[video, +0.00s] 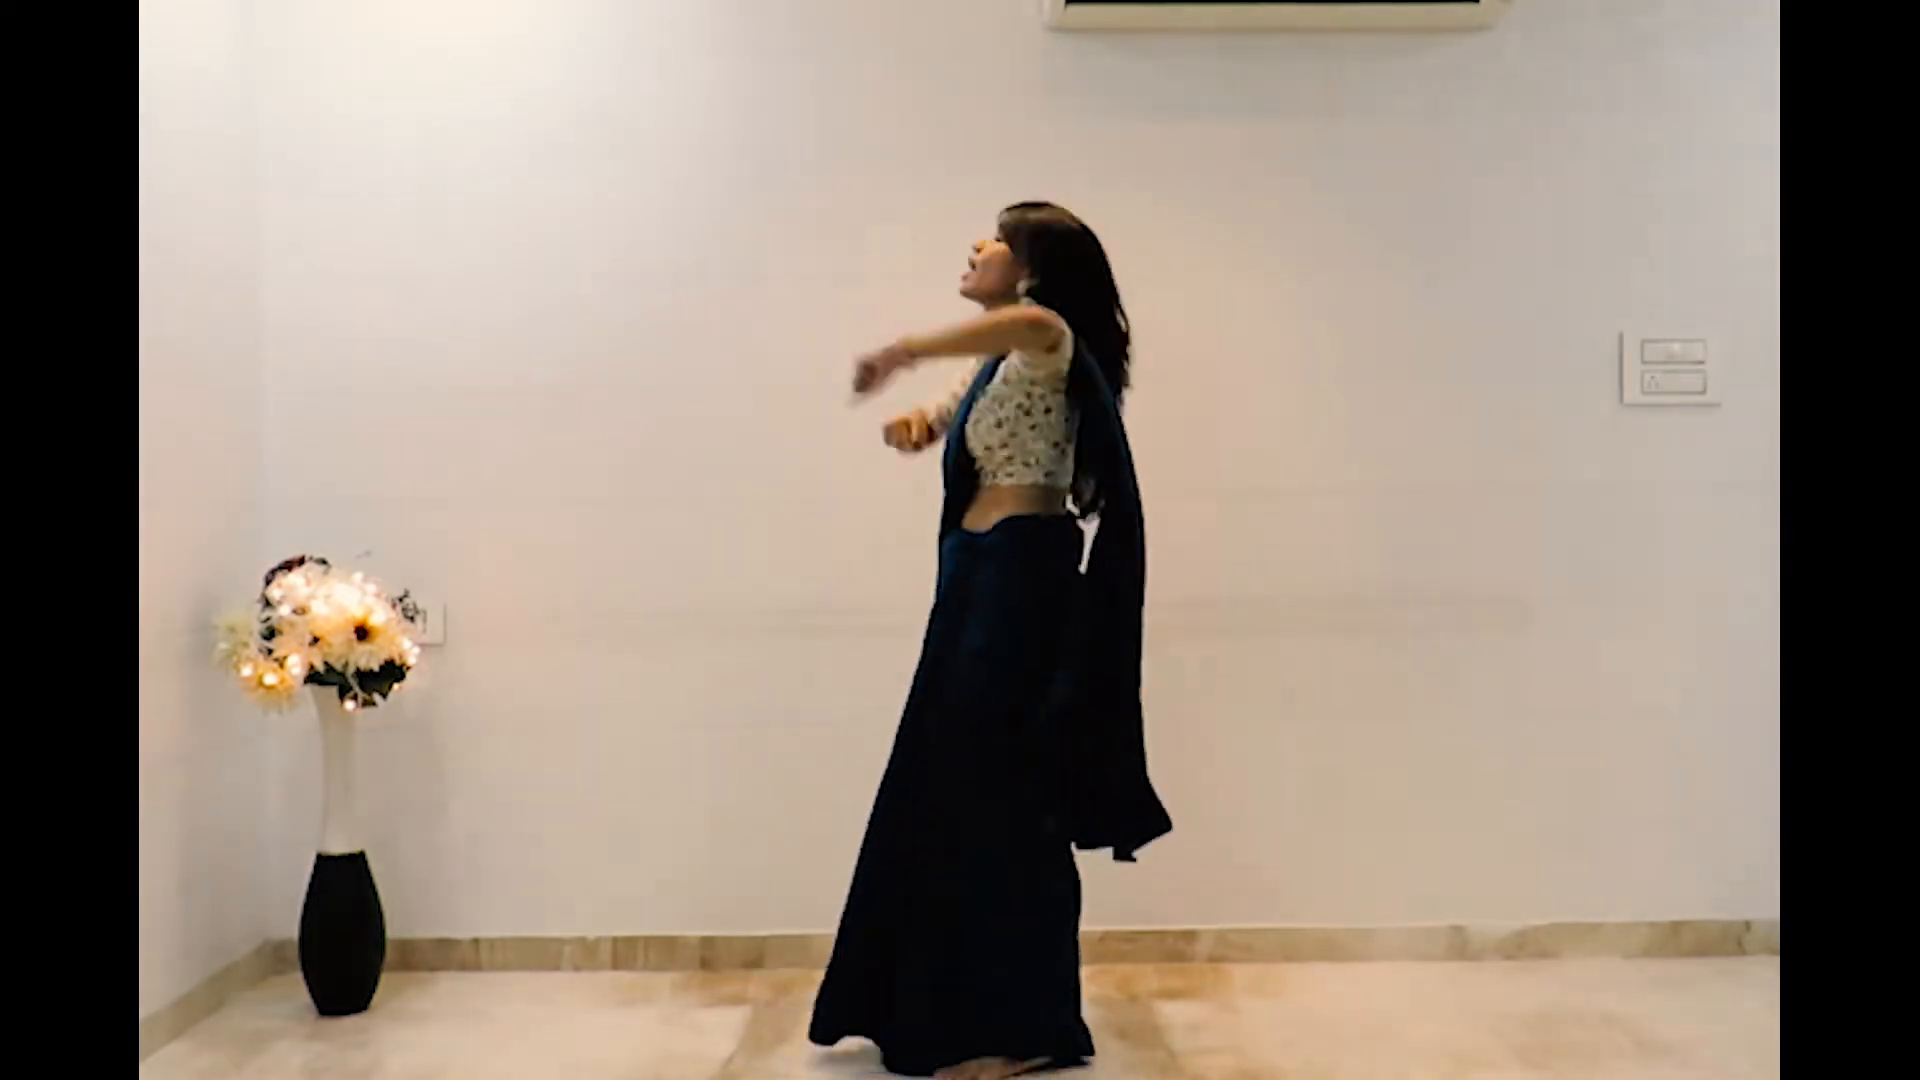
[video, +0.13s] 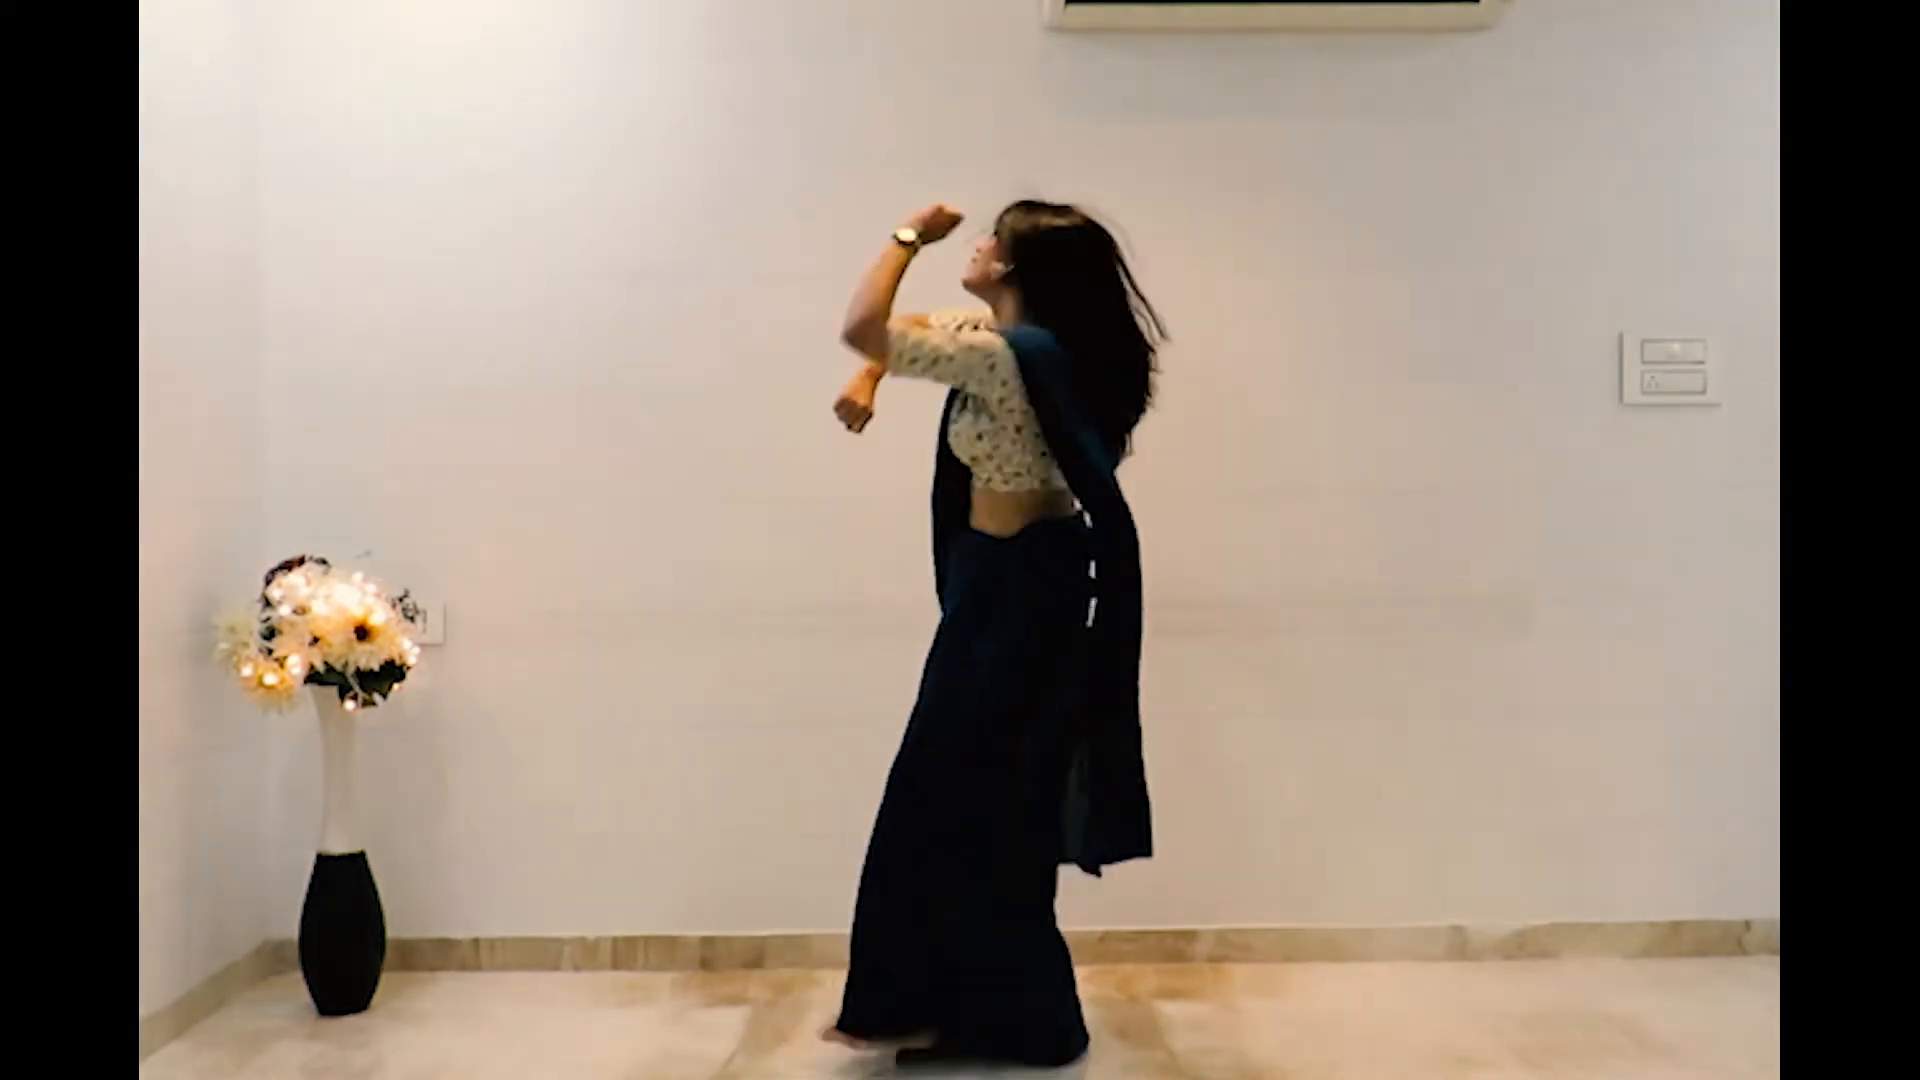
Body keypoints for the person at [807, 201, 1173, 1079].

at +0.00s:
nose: (972, 256)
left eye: (988, 247)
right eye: (979, 243)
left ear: (1029, 270)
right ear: (1018, 269)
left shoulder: (1047, 333)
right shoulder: (1005, 356)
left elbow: (1008, 330)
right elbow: (963, 405)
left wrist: (902, 351)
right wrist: (925, 424)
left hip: (1023, 581)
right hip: (989, 582)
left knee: (987, 795)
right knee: (982, 796)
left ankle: (1009, 1026)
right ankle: (999, 1019)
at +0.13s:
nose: (977, 246)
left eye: (992, 242)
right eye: (987, 237)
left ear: (1015, 273)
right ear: (1038, 278)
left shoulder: (999, 354)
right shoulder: (1041, 341)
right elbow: (934, 326)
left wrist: (906, 239)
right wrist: (869, 377)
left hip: (1008, 591)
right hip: (1046, 578)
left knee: (947, 796)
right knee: (998, 797)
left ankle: (974, 1014)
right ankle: (1010, 1008)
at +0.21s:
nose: (978, 280)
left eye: (990, 272)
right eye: (986, 267)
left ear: (1014, 301)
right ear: (1061, 305)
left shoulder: (971, 389)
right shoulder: (1065, 374)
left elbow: (864, 405)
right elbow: (956, 353)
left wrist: (923, 297)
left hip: (1001, 627)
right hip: (1068, 611)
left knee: (917, 797)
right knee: (1004, 804)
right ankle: (1014, 998)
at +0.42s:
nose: (980, 284)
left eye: (992, 273)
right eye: (987, 270)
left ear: (1013, 294)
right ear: (1071, 298)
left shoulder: (1008, 385)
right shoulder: (1063, 369)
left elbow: (885, 412)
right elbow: (965, 373)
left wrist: (896, 301)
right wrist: (898, 350)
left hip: (997, 624)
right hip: (1040, 610)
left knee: (900, 798)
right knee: (971, 803)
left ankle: (874, 1013)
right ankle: (987, 997)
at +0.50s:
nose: (992, 255)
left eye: (1010, 249)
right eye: (1000, 244)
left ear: (1038, 275)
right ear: (1030, 281)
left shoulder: (1033, 361)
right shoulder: (997, 356)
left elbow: (930, 374)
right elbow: (882, 388)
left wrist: (914, 255)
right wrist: (884, 294)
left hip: (1029, 613)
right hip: (1004, 608)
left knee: (982, 803)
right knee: (986, 803)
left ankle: (1005, 1018)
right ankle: (1001, 1011)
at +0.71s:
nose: (1041, 251)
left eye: (1060, 244)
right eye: (1028, 239)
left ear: (1085, 275)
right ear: (997, 261)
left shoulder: (1093, 360)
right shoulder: (972, 360)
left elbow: (1028, 453)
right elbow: (921, 478)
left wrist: (934, 352)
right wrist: (904, 366)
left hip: (1070, 612)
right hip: (991, 611)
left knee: (1072, 806)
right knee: (988, 803)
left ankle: (1094, 1029)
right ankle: (984, 1016)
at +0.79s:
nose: (1038, 270)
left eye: (1058, 263)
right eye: (1024, 257)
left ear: (1078, 292)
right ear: (993, 279)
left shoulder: (1100, 386)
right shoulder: (959, 387)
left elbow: (1104, 508)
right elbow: (908, 521)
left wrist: (987, 462)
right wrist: (939, 465)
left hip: (1081, 639)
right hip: (988, 638)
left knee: (1085, 838)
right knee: (983, 835)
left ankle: (1099, 1049)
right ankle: (988, 1047)